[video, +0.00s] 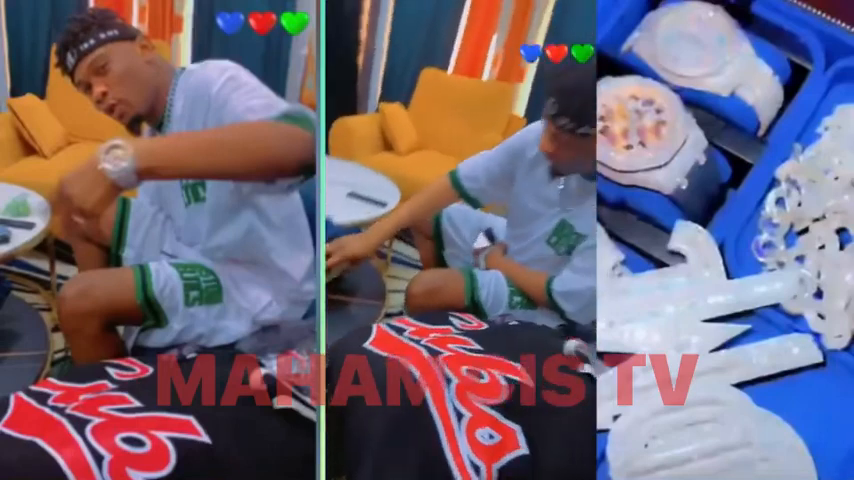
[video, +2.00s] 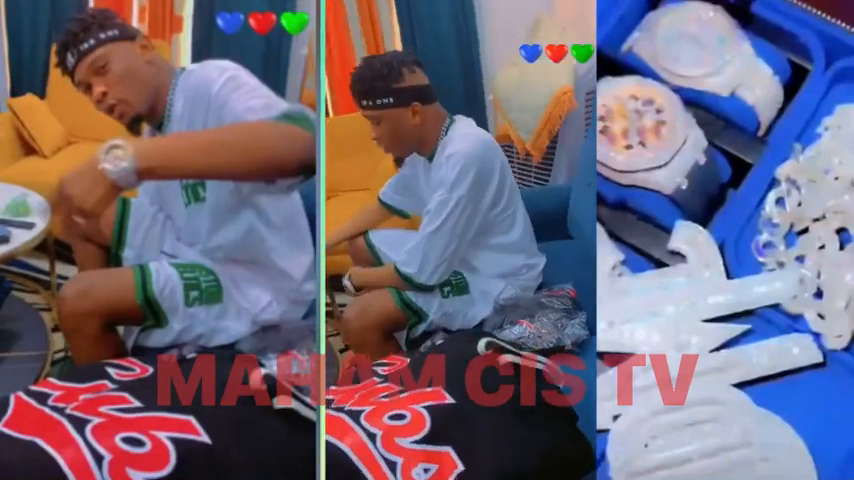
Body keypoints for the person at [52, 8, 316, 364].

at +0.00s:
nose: (98, 94)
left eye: (102, 70)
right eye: (87, 89)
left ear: (144, 48)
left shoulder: (214, 81)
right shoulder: (152, 132)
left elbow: (297, 146)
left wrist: (132, 160)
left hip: (260, 278)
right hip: (190, 251)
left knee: (81, 300)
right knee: (84, 214)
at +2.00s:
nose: (98, 94)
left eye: (102, 70)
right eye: (87, 89)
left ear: (144, 48)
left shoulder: (212, 81)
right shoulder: (152, 133)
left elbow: (298, 146)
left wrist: (132, 160)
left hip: (259, 279)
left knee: (80, 300)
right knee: (84, 215)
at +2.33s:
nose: (98, 94)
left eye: (102, 70)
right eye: (87, 89)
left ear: (144, 48)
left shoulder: (213, 81)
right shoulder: (153, 133)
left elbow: (298, 146)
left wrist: (132, 160)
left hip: (260, 280)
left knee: (80, 300)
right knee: (85, 215)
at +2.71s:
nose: (98, 94)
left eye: (102, 70)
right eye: (87, 89)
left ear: (144, 48)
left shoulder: (213, 81)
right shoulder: (152, 133)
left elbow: (298, 146)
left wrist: (132, 160)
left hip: (260, 279)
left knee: (80, 300)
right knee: (85, 215)